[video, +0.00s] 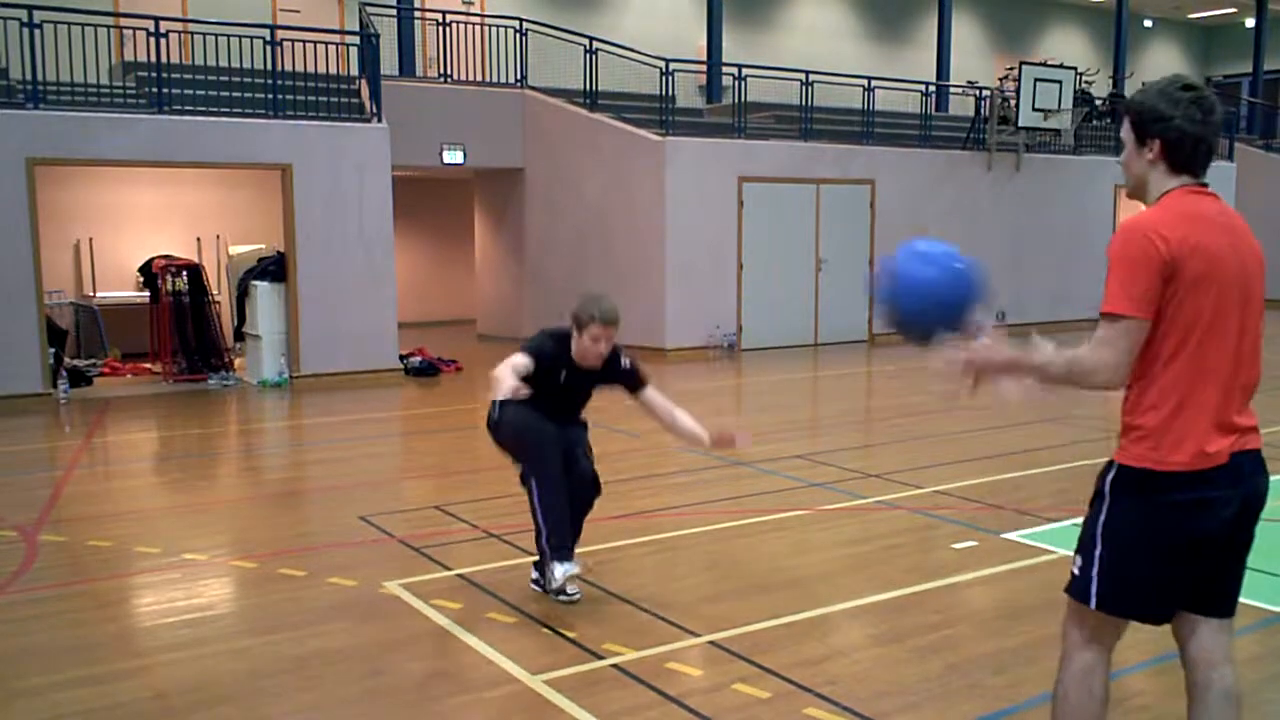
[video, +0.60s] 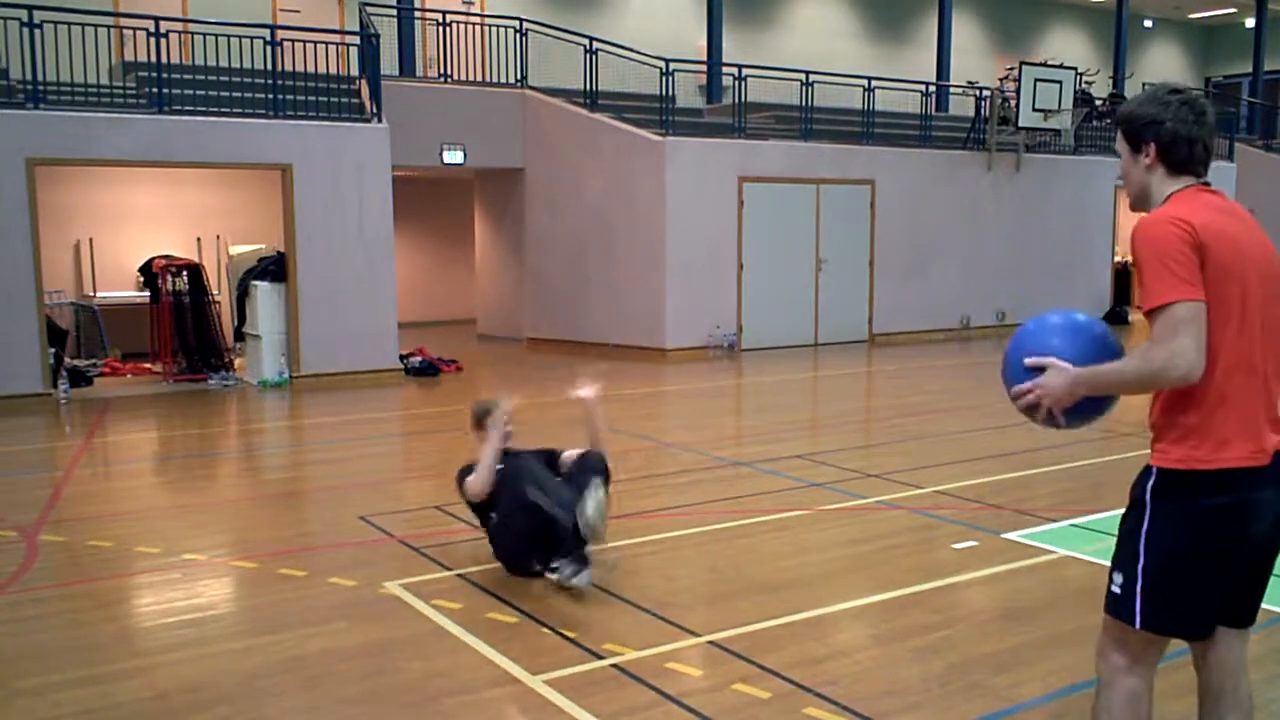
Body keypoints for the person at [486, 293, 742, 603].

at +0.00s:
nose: (602, 349)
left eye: (608, 341)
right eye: (594, 340)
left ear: (615, 338)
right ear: (576, 333)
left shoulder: (615, 362)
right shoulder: (549, 346)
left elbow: (665, 409)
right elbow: (504, 371)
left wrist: (707, 439)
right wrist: (508, 386)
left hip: (566, 426)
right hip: (521, 417)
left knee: (584, 485)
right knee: (545, 457)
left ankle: (547, 568)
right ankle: (557, 560)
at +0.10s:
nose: (599, 375)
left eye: (605, 367)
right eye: (592, 367)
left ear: (611, 363)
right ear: (574, 360)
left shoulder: (612, 388)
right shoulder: (549, 370)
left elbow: (660, 433)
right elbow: (524, 380)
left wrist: (710, 469)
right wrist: (510, 385)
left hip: (564, 449)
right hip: (516, 442)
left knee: (585, 486)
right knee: (542, 475)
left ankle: (547, 569)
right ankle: (560, 578)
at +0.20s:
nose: (590, 396)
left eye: (596, 389)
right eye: (584, 387)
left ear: (602, 385)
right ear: (565, 379)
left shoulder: (604, 411)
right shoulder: (544, 396)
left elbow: (653, 451)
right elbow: (519, 400)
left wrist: (702, 477)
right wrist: (527, 379)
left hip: (558, 477)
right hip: (510, 476)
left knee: (589, 478)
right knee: (541, 480)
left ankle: (548, 568)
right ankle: (565, 594)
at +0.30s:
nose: (581, 408)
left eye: (586, 401)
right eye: (574, 401)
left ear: (592, 401)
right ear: (555, 397)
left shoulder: (593, 428)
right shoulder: (532, 423)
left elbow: (640, 457)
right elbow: (528, 408)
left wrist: (671, 451)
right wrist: (562, 370)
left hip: (553, 514)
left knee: (586, 473)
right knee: (540, 498)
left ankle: (547, 571)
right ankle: (574, 598)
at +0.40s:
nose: (563, 408)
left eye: (567, 400)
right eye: (555, 400)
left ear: (572, 403)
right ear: (537, 402)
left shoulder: (572, 435)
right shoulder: (513, 428)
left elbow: (627, 454)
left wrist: (640, 426)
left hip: (554, 531)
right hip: (510, 537)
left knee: (590, 471)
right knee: (538, 508)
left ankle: (551, 573)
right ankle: (580, 585)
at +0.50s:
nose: (531, 419)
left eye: (536, 411)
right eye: (523, 412)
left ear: (542, 412)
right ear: (507, 415)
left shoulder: (557, 446)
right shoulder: (490, 452)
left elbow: (618, 454)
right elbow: (506, 469)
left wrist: (621, 410)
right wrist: (541, 414)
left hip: (559, 543)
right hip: (516, 550)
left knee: (594, 468)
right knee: (532, 498)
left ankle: (554, 569)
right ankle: (585, 559)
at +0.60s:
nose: (508, 430)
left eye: (509, 424)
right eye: (501, 425)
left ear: (512, 425)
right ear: (482, 431)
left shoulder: (528, 458)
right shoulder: (470, 473)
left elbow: (596, 460)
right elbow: (478, 492)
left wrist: (591, 407)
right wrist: (494, 435)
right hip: (518, 553)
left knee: (592, 462)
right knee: (520, 469)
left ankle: (572, 559)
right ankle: (579, 517)